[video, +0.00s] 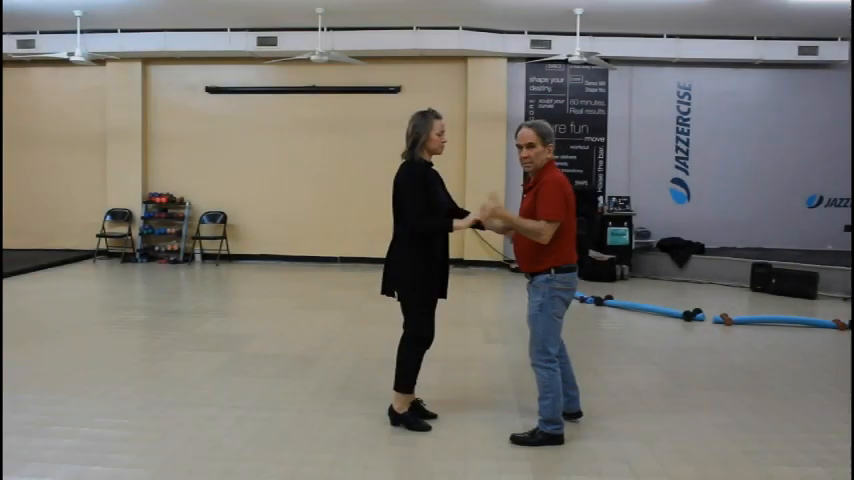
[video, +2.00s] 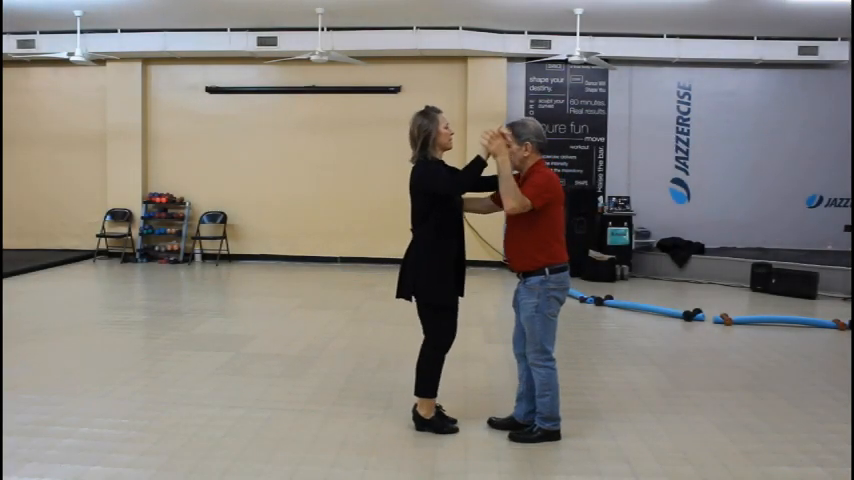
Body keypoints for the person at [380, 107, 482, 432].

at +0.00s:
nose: (444, 139)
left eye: (444, 134)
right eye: (440, 134)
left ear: (427, 137)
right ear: (423, 136)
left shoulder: (427, 172)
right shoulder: (411, 173)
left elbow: (450, 211)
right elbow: (420, 222)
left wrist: (483, 222)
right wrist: (459, 224)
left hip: (424, 270)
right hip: (411, 271)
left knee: (421, 333)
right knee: (417, 334)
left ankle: (407, 399)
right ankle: (399, 406)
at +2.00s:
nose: (452, 132)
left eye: (450, 127)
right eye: (446, 128)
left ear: (435, 133)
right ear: (430, 134)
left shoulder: (440, 169)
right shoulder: (426, 170)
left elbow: (477, 183)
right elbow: (460, 184)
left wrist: (509, 167)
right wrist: (484, 154)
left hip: (440, 267)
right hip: (429, 269)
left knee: (442, 335)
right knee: (438, 336)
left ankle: (426, 405)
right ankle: (424, 409)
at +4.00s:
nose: (456, 133)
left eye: (454, 128)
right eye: (450, 128)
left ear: (436, 133)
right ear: (436, 133)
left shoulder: (440, 168)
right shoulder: (431, 170)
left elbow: (472, 195)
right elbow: (465, 185)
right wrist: (490, 156)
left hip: (442, 266)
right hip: (435, 267)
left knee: (437, 338)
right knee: (435, 339)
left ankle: (426, 408)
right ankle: (425, 411)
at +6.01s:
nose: (462, 133)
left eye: (460, 127)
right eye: (456, 128)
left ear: (441, 133)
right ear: (442, 133)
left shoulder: (442, 167)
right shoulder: (439, 169)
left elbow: (473, 196)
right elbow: (473, 186)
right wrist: (501, 161)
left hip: (444, 267)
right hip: (441, 269)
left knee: (439, 339)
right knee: (437, 340)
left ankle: (427, 407)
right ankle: (424, 411)